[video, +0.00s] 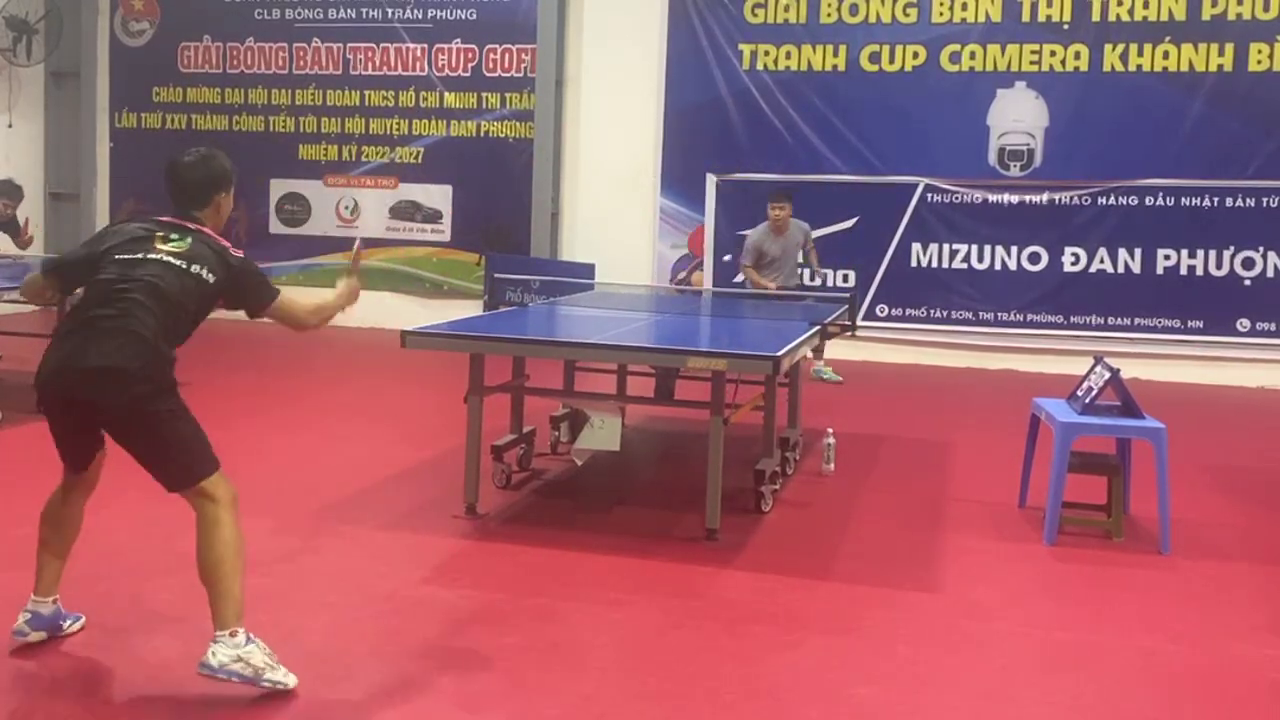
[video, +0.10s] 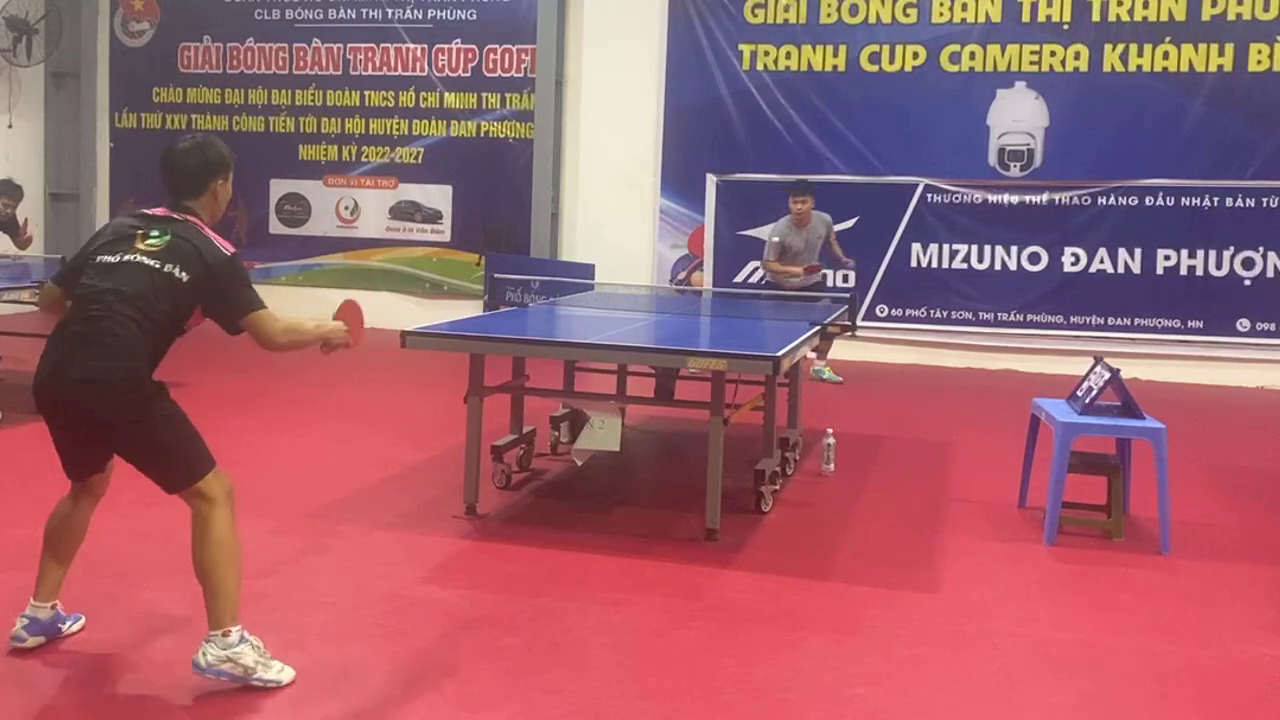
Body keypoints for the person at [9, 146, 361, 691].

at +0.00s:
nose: (233, 204)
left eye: (232, 196)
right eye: (231, 196)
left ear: (173, 197)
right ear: (220, 201)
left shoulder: (120, 232)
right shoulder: (223, 258)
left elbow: (36, 287)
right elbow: (303, 316)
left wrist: (53, 294)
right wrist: (345, 291)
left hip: (60, 372)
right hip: (130, 375)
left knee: (78, 474)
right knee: (215, 497)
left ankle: (40, 607)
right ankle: (229, 640)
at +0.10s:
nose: (231, 193)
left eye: (230, 183)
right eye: (229, 183)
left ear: (170, 185)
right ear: (216, 187)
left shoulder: (116, 227)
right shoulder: (211, 251)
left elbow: (51, 299)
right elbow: (271, 332)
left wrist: (101, 323)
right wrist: (327, 329)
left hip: (56, 379)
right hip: (120, 385)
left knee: (86, 485)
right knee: (212, 495)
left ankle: (39, 612)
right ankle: (224, 640)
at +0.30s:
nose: (250, 191)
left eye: (251, 181)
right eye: (249, 181)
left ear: (193, 180)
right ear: (232, 183)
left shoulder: (151, 224)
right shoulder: (201, 251)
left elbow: (145, 315)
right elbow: (192, 356)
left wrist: (223, 339)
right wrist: (268, 392)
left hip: (65, 380)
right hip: (119, 392)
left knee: (100, 481)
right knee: (215, 503)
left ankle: (20, 588)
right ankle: (194, 654)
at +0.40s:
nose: (255, 207)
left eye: (256, 195)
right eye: (254, 195)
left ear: (202, 196)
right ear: (236, 200)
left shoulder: (173, 242)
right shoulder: (183, 267)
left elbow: (192, 336)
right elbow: (141, 372)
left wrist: (271, 349)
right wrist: (212, 433)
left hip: (70, 393)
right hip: (108, 402)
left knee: (102, 495)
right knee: (201, 512)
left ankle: (13, 589)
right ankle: (185, 667)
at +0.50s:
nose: (262, 222)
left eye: (263, 211)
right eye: (259, 210)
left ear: (222, 212)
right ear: (232, 213)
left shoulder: (212, 265)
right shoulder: (149, 279)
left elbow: (232, 347)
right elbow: (83, 363)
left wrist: (297, 360)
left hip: (119, 397)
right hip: (80, 397)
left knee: (110, 490)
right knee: (179, 504)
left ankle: (10, 568)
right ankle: (153, 661)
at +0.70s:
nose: (273, 290)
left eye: (274, 280)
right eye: (269, 279)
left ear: (233, 288)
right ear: (235, 286)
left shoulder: (245, 341)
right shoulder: (124, 330)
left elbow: (296, 418)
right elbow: (36, 364)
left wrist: (329, 393)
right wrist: (1, 424)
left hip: (141, 448)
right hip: (87, 436)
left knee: (105, 540)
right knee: (176, 523)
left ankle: (2, 578)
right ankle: (113, 675)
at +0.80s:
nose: (303, 280)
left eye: (303, 269)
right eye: (298, 269)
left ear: (261, 278)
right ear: (263, 277)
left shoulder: (280, 333)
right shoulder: (148, 314)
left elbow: (340, 379)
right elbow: (59, 348)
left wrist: (382, 405)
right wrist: (8, 420)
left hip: (165, 449)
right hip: (112, 434)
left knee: (96, 520)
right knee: (194, 539)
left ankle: (8, 574)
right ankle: (115, 675)